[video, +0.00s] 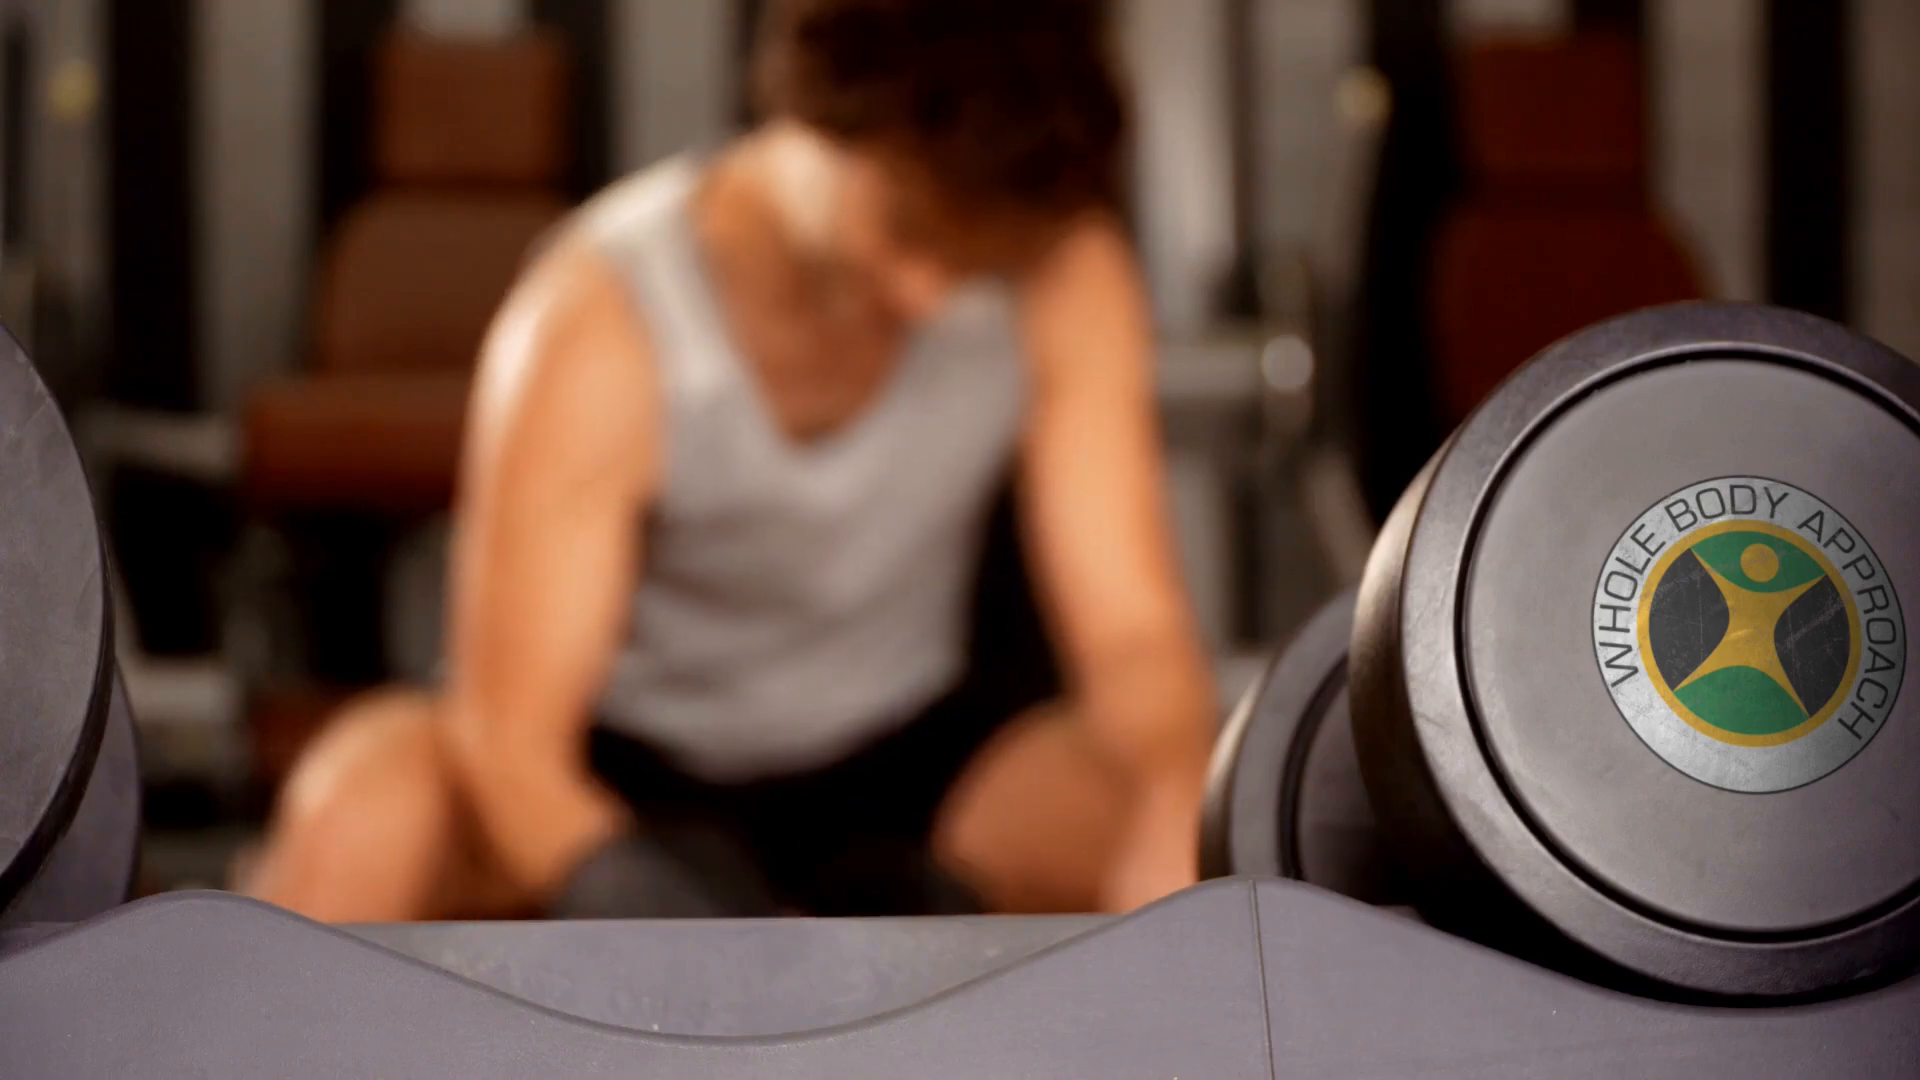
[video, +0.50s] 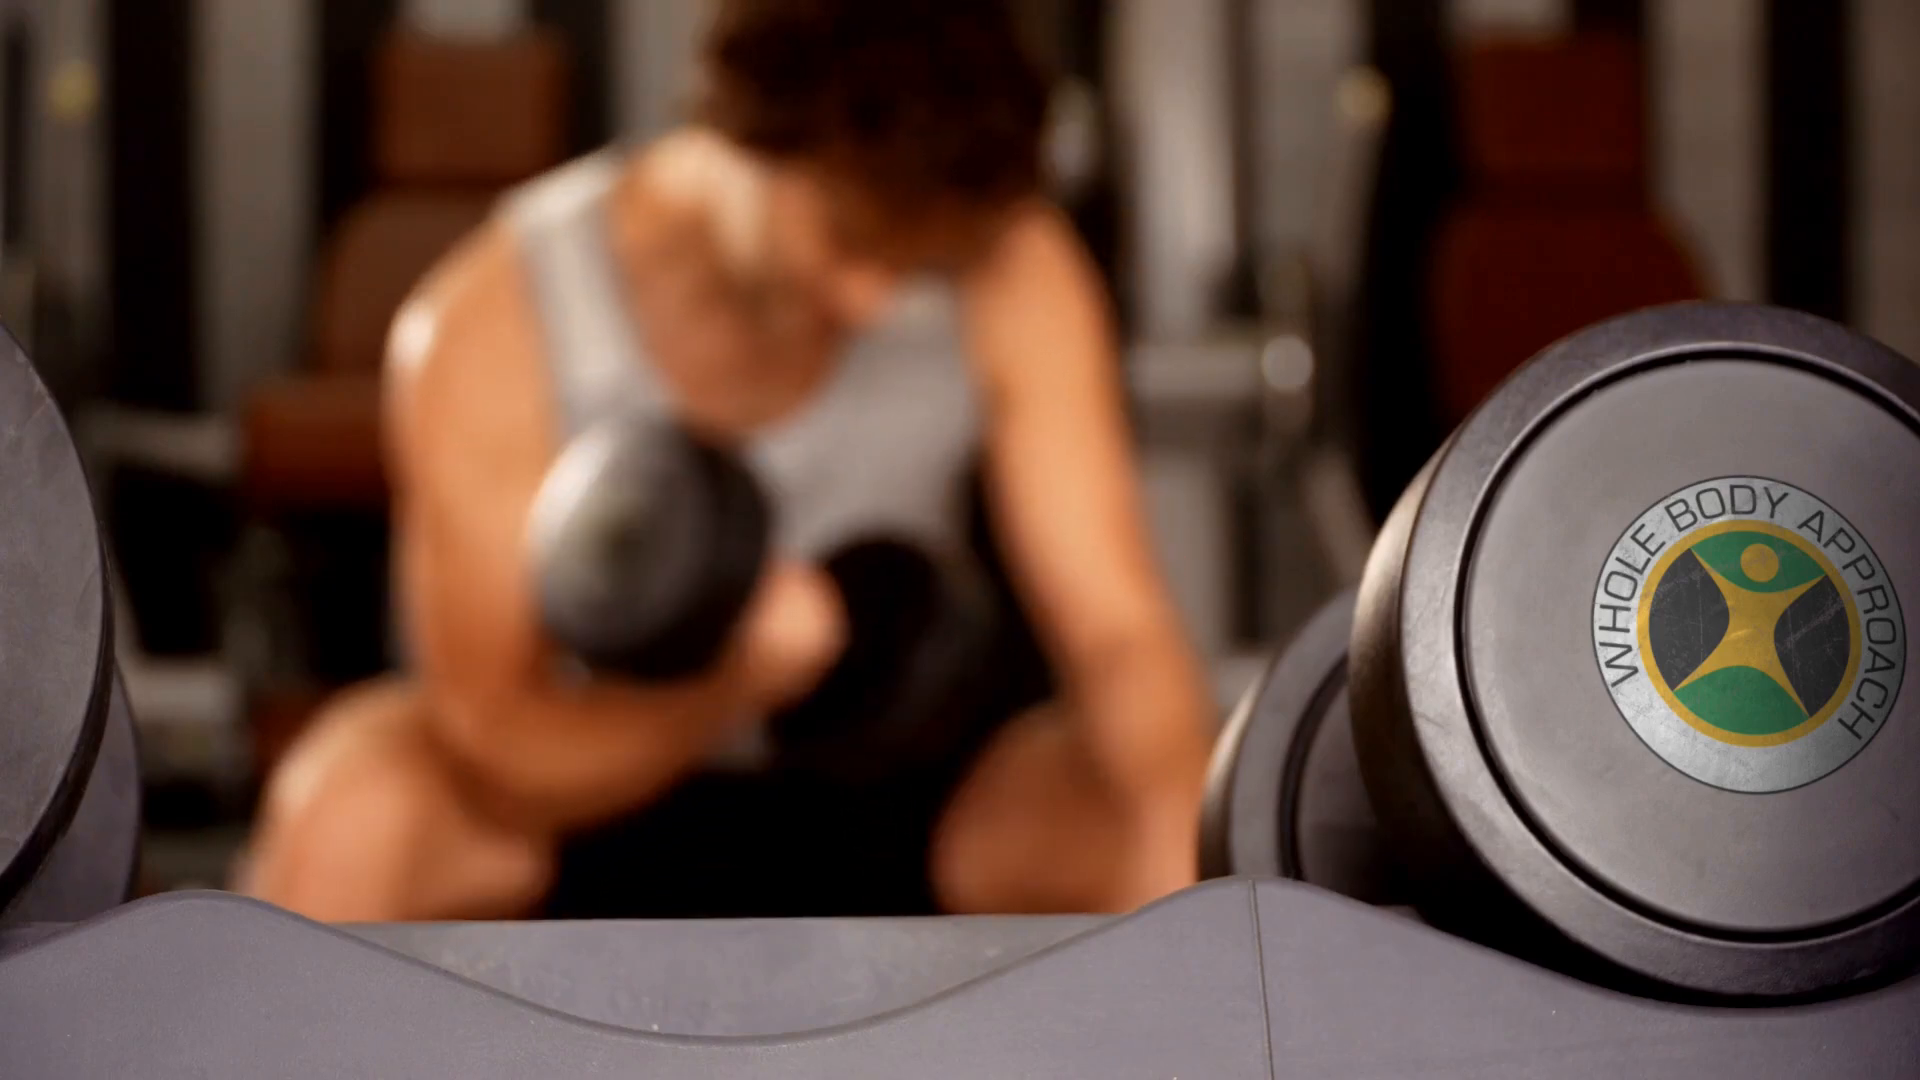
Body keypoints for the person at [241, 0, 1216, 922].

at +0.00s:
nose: (928, 299)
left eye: (978, 263)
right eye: (902, 242)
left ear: (1040, 219)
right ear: (821, 133)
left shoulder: (1057, 262)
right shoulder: (595, 314)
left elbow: (1131, 640)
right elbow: (513, 749)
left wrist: (1172, 841)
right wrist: (699, 947)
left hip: (905, 763)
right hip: (629, 776)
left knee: (1194, 813)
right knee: (365, 791)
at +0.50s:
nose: (873, 303)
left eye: (916, 266)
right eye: (851, 248)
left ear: (973, 213)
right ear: (760, 148)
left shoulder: (1007, 265)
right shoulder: (487, 320)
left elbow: (1119, 636)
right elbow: (506, 753)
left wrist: (1188, 872)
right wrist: (730, 686)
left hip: (902, 786)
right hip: (595, 799)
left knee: (1174, 814)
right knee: (349, 798)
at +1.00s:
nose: (887, 274)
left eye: (934, 236)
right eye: (861, 220)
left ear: (989, 182)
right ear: (773, 125)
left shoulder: (1023, 256)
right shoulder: (525, 315)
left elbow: (1122, 630)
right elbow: (516, 757)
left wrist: (1188, 819)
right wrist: (797, 732)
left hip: (887, 794)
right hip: (597, 804)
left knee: (1197, 804)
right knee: (360, 789)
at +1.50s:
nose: (924, 302)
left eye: (978, 258)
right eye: (896, 238)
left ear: (1034, 213)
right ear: (806, 139)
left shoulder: (1056, 269)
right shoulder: (596, 340)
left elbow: (1137, 643)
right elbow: (523, 809)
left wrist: (1215, 826)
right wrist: (596, 1064)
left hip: (902, 782)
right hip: (627, 794)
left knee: (1194, 816)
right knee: (365, 800)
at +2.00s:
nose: (920, 310)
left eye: (970, 264)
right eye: (890, 246)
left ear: (1023, 221)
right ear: (794, 153)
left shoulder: (1043, 266)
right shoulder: (591, 367)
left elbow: (1132, 642)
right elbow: (519, 834)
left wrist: (1202, 833)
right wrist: (533, 1077)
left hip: (901, 783)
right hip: (621, 800)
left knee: (1196, 813)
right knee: (354, 797)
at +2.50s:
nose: (919, 259)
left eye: (971, 212)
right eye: (887, 197)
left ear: (1015, 168)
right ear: (790, 107)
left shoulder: (1045, 253)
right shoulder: (594, 322)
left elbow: (1128, 639)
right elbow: (504, 773)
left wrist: (1182, 854)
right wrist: (688, 1018)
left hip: (899, 781)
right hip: (627, 792)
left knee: (1190, 812)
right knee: (357, 792)